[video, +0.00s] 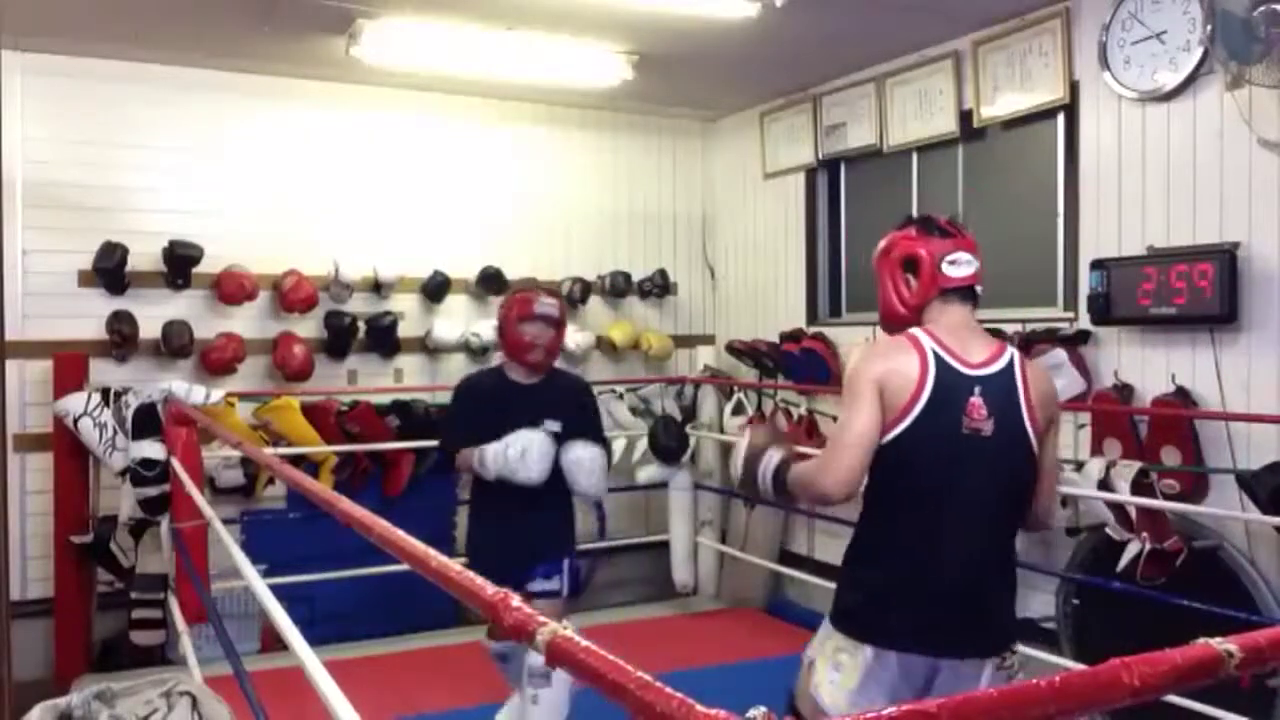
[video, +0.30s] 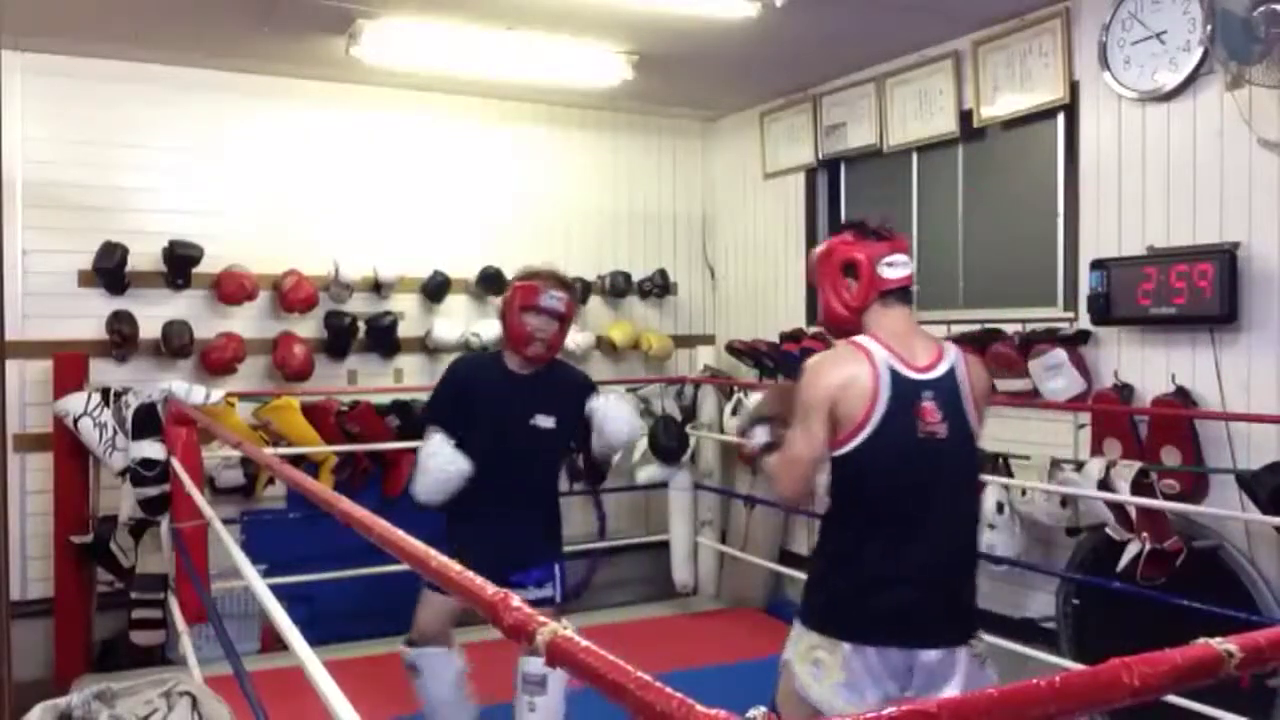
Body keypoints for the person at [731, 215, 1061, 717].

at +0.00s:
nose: (884, 298)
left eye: (887, 281)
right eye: (885, 283)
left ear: (911, 277)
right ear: (971, 280)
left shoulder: (884, 358)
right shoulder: (1034, 379)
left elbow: (834, 482)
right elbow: (1041, 513)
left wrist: (767, 460)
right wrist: (970, 487)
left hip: (883, 625)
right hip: (981, 631)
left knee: (815, 708)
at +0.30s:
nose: (822, 304)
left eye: (824, 288)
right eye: (821, 289)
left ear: (851, 283)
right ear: (903, 279)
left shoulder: (832, 370)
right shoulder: (969, 369)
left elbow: (791, 485)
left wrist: (765, 441)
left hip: (850, 630)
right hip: (944, 626)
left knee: (800, 707)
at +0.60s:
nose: (747, 304)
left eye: (749, 288)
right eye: (746, 290)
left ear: (769, 282)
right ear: (826, 280)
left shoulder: (749, 359)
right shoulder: (896, 359)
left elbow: (673, 412)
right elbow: (909, 475)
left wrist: (639, 367)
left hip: (792, 590)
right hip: (885, 585)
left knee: (763, 709)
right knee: (920, 708)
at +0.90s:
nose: (780, 322)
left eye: (783, 307)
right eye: (780, 307)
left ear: (809, 306)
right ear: (855, 304)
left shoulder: (781, 388)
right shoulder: (918, 388)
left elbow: (725, 493)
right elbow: (939, 498)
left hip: (799, 624)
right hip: (889, 625)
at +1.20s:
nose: (843, 260)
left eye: (849, 245)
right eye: (844, 245)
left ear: (881, 244)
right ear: (924, 247)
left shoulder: (855, 317)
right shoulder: (977, 324)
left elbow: (824, 418)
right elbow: (1035, 424)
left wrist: (792, 442)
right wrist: (962, 452)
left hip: (878, 559)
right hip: (962, 558)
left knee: (822, 705)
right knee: (959, 713)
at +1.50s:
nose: (881, 313)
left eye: (883, 293)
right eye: (878, 295)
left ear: (916, 283)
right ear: (949, 278)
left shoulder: (926, 352)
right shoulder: (1010, 355)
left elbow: (903, 471)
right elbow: (992, 472)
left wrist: (840, 454)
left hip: (927, 605)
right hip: (1005, 603)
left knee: (842, 705)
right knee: (984, 718)